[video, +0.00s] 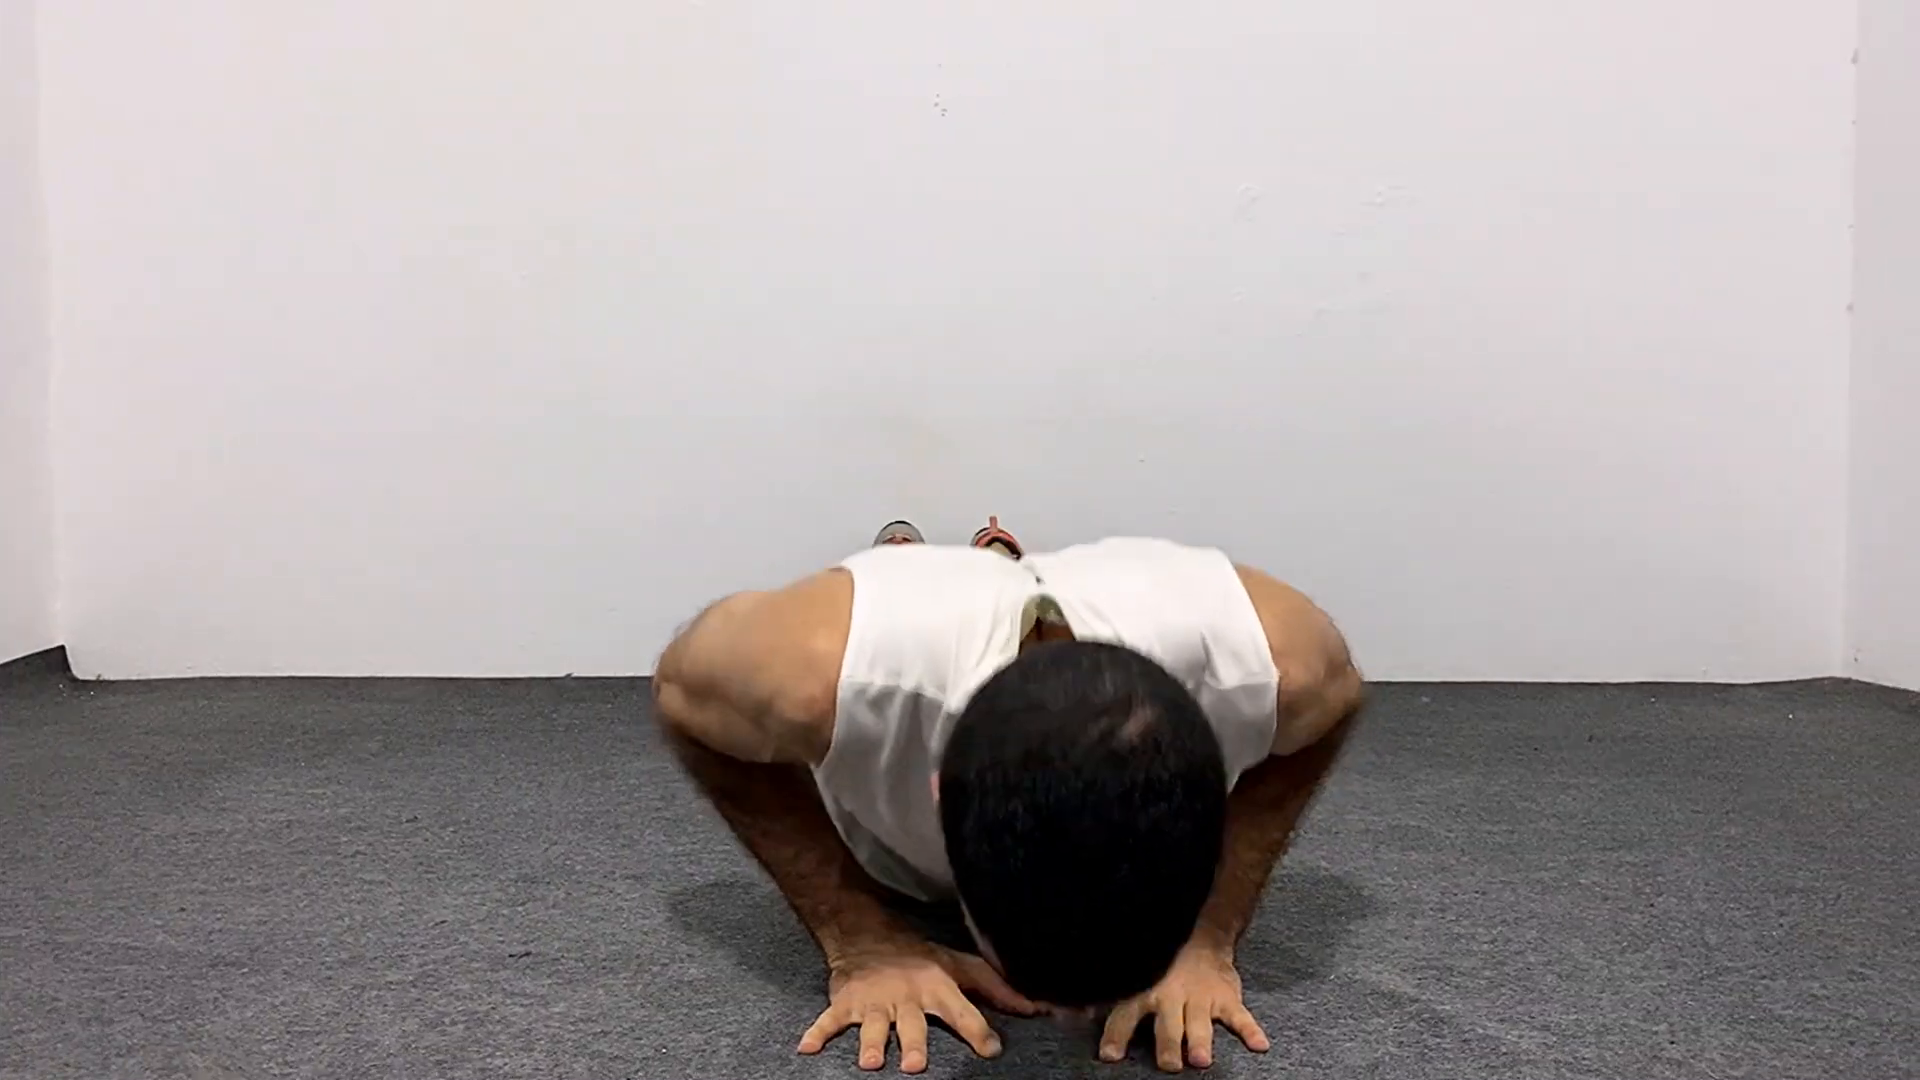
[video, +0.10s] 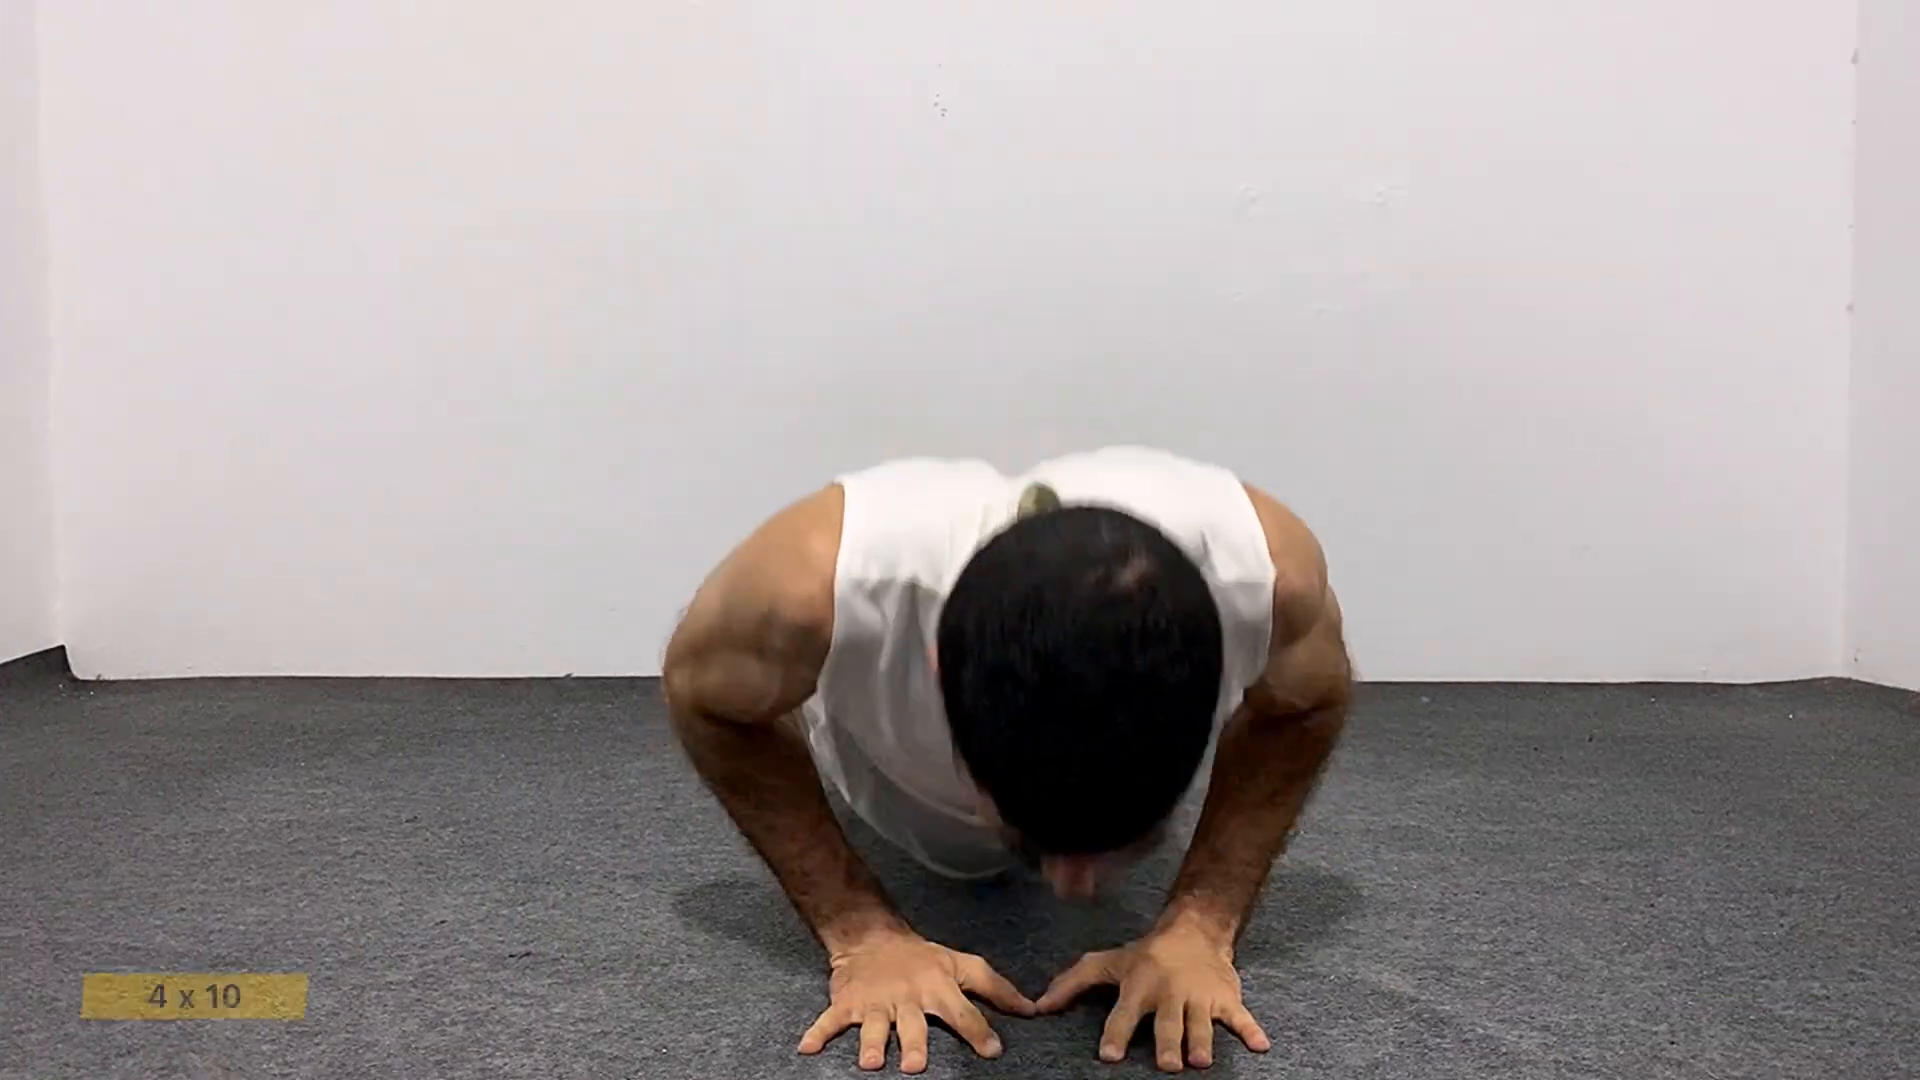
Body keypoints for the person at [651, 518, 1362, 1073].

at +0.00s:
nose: (1050, 1008)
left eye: (1100, 996)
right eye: (1022, 985)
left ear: (1215, 803)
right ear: (939, 797)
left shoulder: (1283, 661)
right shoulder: (811, 674)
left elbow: (1328, 708)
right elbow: (688, 692)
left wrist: (1214, 936)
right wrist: (857, 935)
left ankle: (1004, 564)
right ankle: (900, 559)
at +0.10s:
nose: (1070, 885)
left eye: (1115, 844)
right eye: (1027, 838)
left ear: (1207, 699)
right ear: (943, 675)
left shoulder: (1274, 577)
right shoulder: (807, 590)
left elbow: (1302, 703)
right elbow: (711, 698)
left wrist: (1203, 925)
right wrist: (861, 932)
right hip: (907, 801)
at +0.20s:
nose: (1066, 730)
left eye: (1114, 694)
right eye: (1022, 691)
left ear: (1194, 567)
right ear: (942, 566)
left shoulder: (1264, 483)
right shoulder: (807, 484)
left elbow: (1296, 679)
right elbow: (722, 684)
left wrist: (1199, 924)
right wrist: (864, 931)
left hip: (1131, 715)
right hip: (899, 730)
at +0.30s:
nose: (1059, 584)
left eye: (1111, 548)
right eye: (1017, 546)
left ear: (1180, 436)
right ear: (933, 399)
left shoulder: (1258, 389)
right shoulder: (804, 388)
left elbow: (1290, 652)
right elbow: (732, 659)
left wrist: (1197, 927)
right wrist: (866, 931)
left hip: (1101, 656)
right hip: (901, 671)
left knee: (1077, 684)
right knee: (919, 704)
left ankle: (1054, 695)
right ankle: (940, 712)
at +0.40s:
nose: (1055, 471)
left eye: (1102, 435)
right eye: (1018, 430)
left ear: (1172, 345)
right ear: (943, 322)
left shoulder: (1256, 311)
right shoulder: (806, 305)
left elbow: (1272, 628)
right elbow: (763, 628)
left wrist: (1194, 930)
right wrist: (867, 931)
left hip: (1091, 612)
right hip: (908, 617)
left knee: (1060, 662)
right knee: (920, 680)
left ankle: (1030, 674)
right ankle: (926, 680)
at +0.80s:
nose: (1074, 507)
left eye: (1122, 472)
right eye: (1037, 465)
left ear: (1197, 376)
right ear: (960, 332)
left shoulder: (1276, 313)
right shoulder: (824, 299)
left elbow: (1279, 630)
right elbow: (757, 624)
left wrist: (1198, 929)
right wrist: (868, 932)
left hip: (1096, 579)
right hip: (908, 572)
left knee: (1054, 633)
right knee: (912, 645)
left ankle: (1027, 652)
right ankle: (910, 668)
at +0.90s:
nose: (1082, 633)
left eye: (1124, 601)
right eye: (1043, 592)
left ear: (1203, 506)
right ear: (965, 456)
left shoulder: (1277, 390)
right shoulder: (832, 376)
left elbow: (1305, 654)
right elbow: (721, 651)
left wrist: (1200, 930)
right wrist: (865, 935)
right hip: (913, 616)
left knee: (1054, 677)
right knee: (916, 672)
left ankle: (1040, 676)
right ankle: (910, 673)